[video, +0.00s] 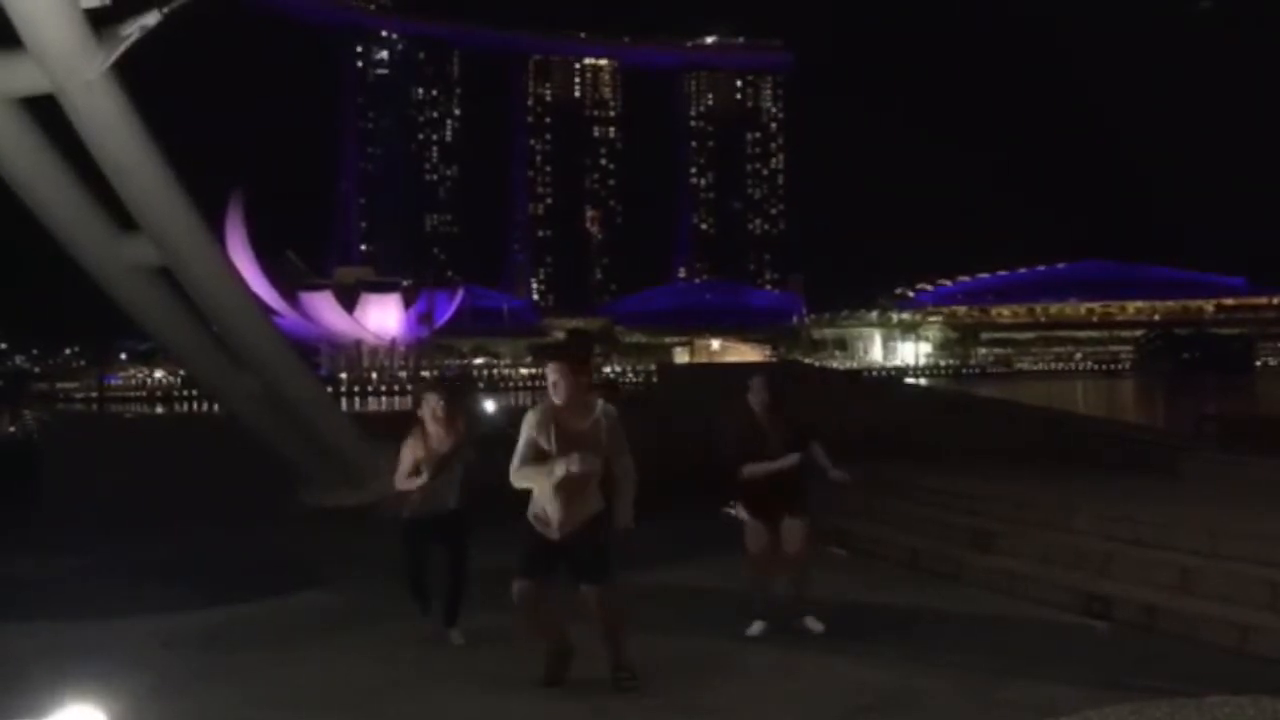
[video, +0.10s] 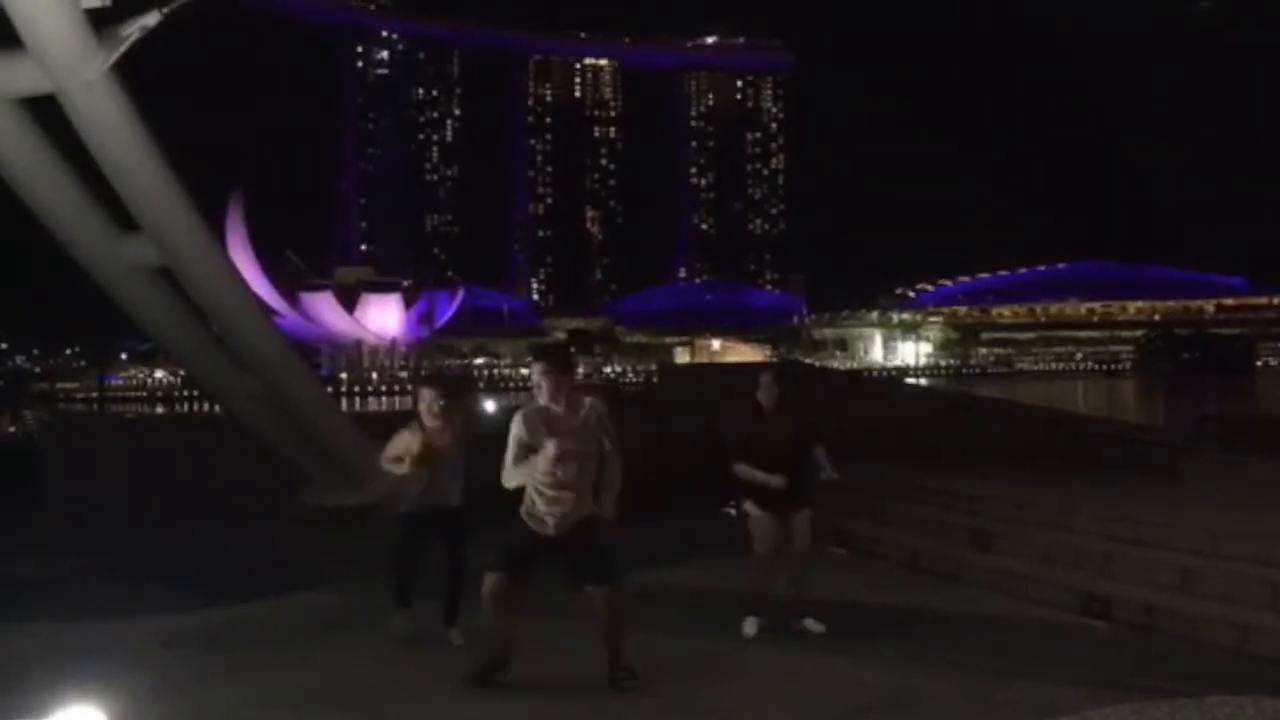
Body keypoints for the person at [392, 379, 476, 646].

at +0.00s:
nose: (438, 409)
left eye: (442, 403)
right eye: (431, 404)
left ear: (448, 407)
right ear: (421, 410)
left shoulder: (458, 438)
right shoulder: (415, 443)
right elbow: (399, 481)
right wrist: (422, 479)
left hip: (451, 512)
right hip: (420, 514)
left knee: (457, 567)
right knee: (415, 565)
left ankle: (452, 623)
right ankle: (424, 607)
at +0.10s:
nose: (434, 408)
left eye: (439, 401)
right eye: (427, 402)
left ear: (449, 404)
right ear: (418, 405)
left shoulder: (457, 432)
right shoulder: (411, 436)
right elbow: (386, 460)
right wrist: (404, 467)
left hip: (451, 508)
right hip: (416, 509)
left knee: (456, 565)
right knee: (405, 559)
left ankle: (451, 622)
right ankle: (403, 612)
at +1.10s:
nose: (437, 416)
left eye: (441, 410)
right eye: (431, 411)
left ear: (448, 414)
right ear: (421, 415)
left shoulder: (447, 442)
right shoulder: (413, 441)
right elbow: (374, 427)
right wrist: (405, 437)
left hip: (439, 517)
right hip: (412, 519)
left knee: (462, 568)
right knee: (412, 581)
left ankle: (439, 630)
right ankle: (391, 653)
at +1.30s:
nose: (462, 414)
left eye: (463, 407)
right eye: (459, 407)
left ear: (434, 405)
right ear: (445, 407)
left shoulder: (414, 428)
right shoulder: (431, 438)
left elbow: (380, 441)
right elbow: (469, 457)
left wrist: (361, 441)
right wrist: (483, 438)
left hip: (421, 520)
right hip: (426, 526)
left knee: (456, 578)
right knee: (429, 585)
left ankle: (444, 633)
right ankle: (399, 642)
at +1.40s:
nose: (466, 401)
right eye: (466, 396)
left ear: (431, 391)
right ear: (456, 397)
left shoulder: (410, 420)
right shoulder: (453, 428)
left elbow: (377, 440)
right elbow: (486, 462)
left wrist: (364, 435)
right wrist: (488, 434)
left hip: (413, 507)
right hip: (442, 512)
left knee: (435, 566)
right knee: (460, 564)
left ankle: (436, 619)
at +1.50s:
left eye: (429, 395)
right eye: (449, 396)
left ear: (424, 395)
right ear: (454, 395)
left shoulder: (410, 422)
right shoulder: (465, 425)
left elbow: (388, 455)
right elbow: (480, 462)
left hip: (422, 515)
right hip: (459, 514)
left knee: (435, 572)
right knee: (464, 564)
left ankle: (451, 632)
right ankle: (469, 616)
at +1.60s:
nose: (420, 401)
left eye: (422, 396)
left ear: (425, 396)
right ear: (453, 394)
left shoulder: (419, 427)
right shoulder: (467, 424)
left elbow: (410, 476)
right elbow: (478, 468)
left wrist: (401, 478)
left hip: (434, 517)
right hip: (468, 514)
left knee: (442, 578)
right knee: (473, 571)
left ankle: (467, 637)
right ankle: (492, 630)